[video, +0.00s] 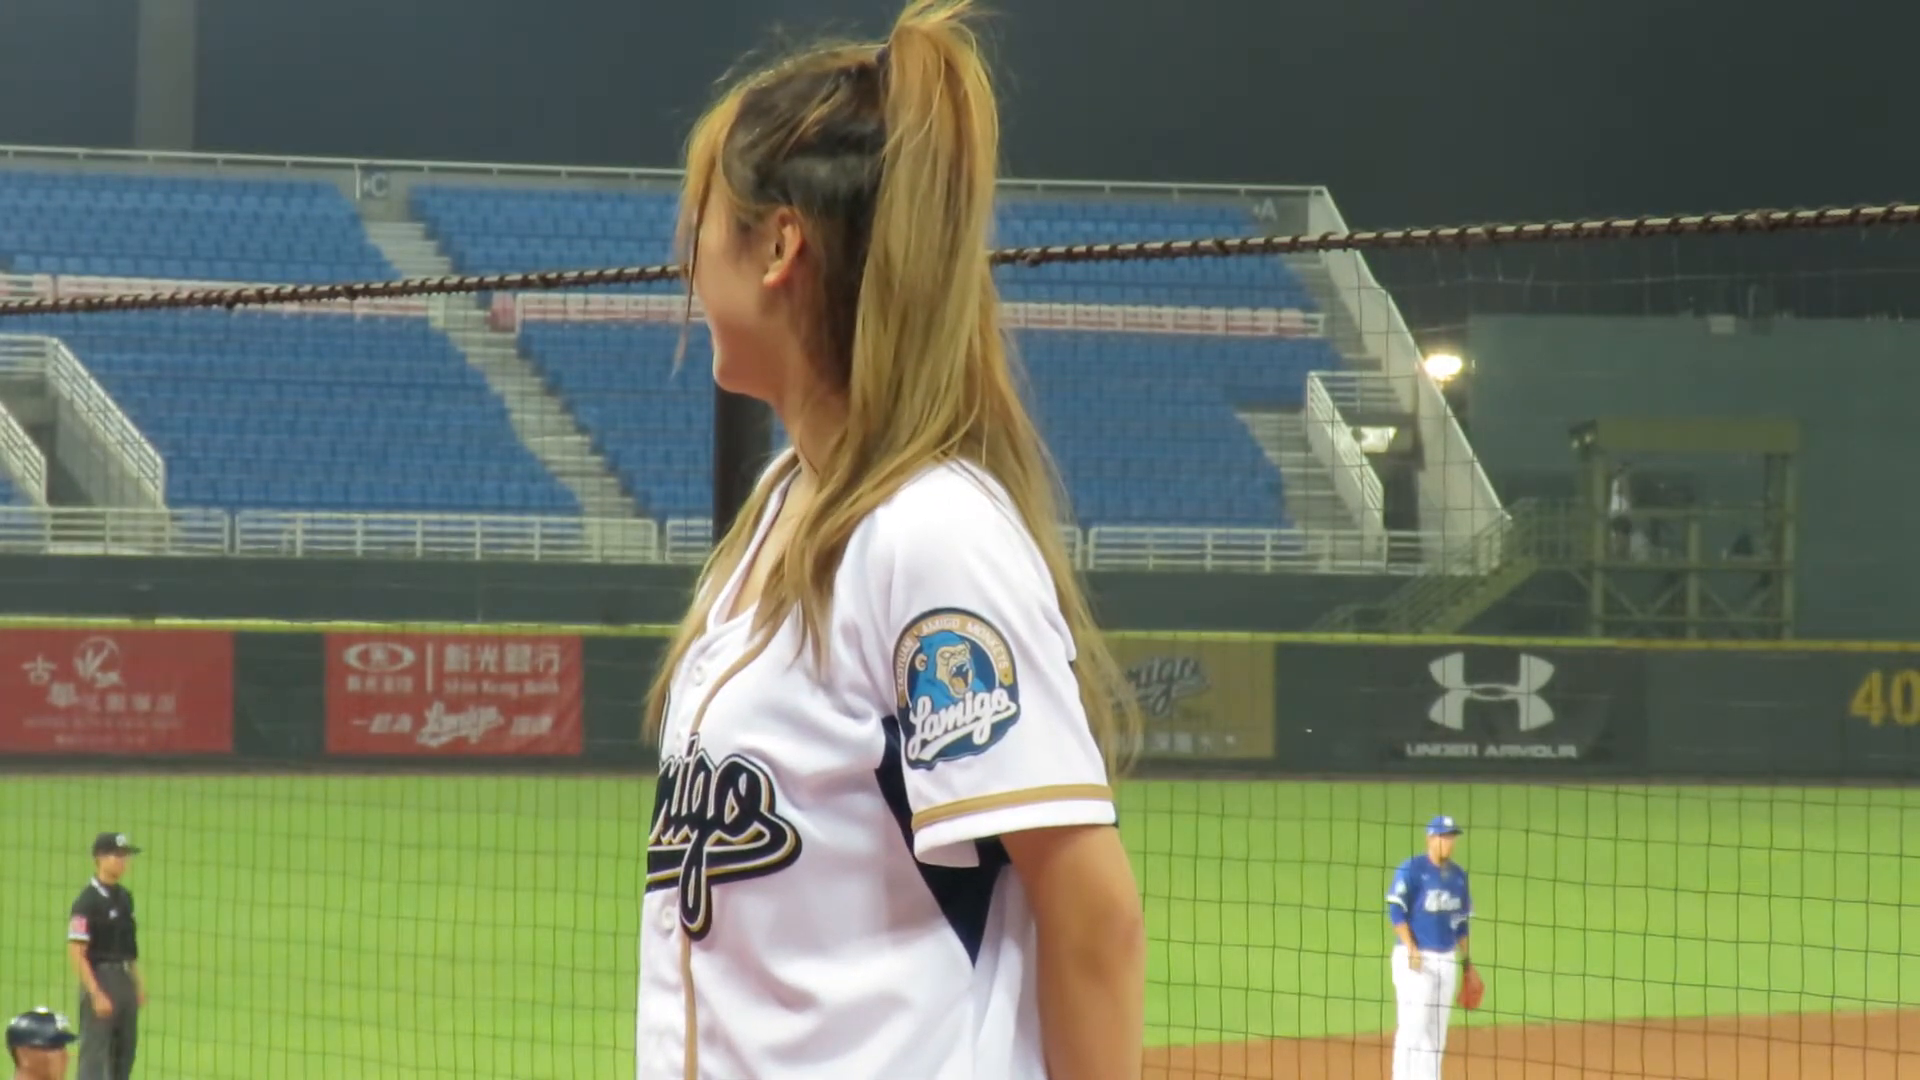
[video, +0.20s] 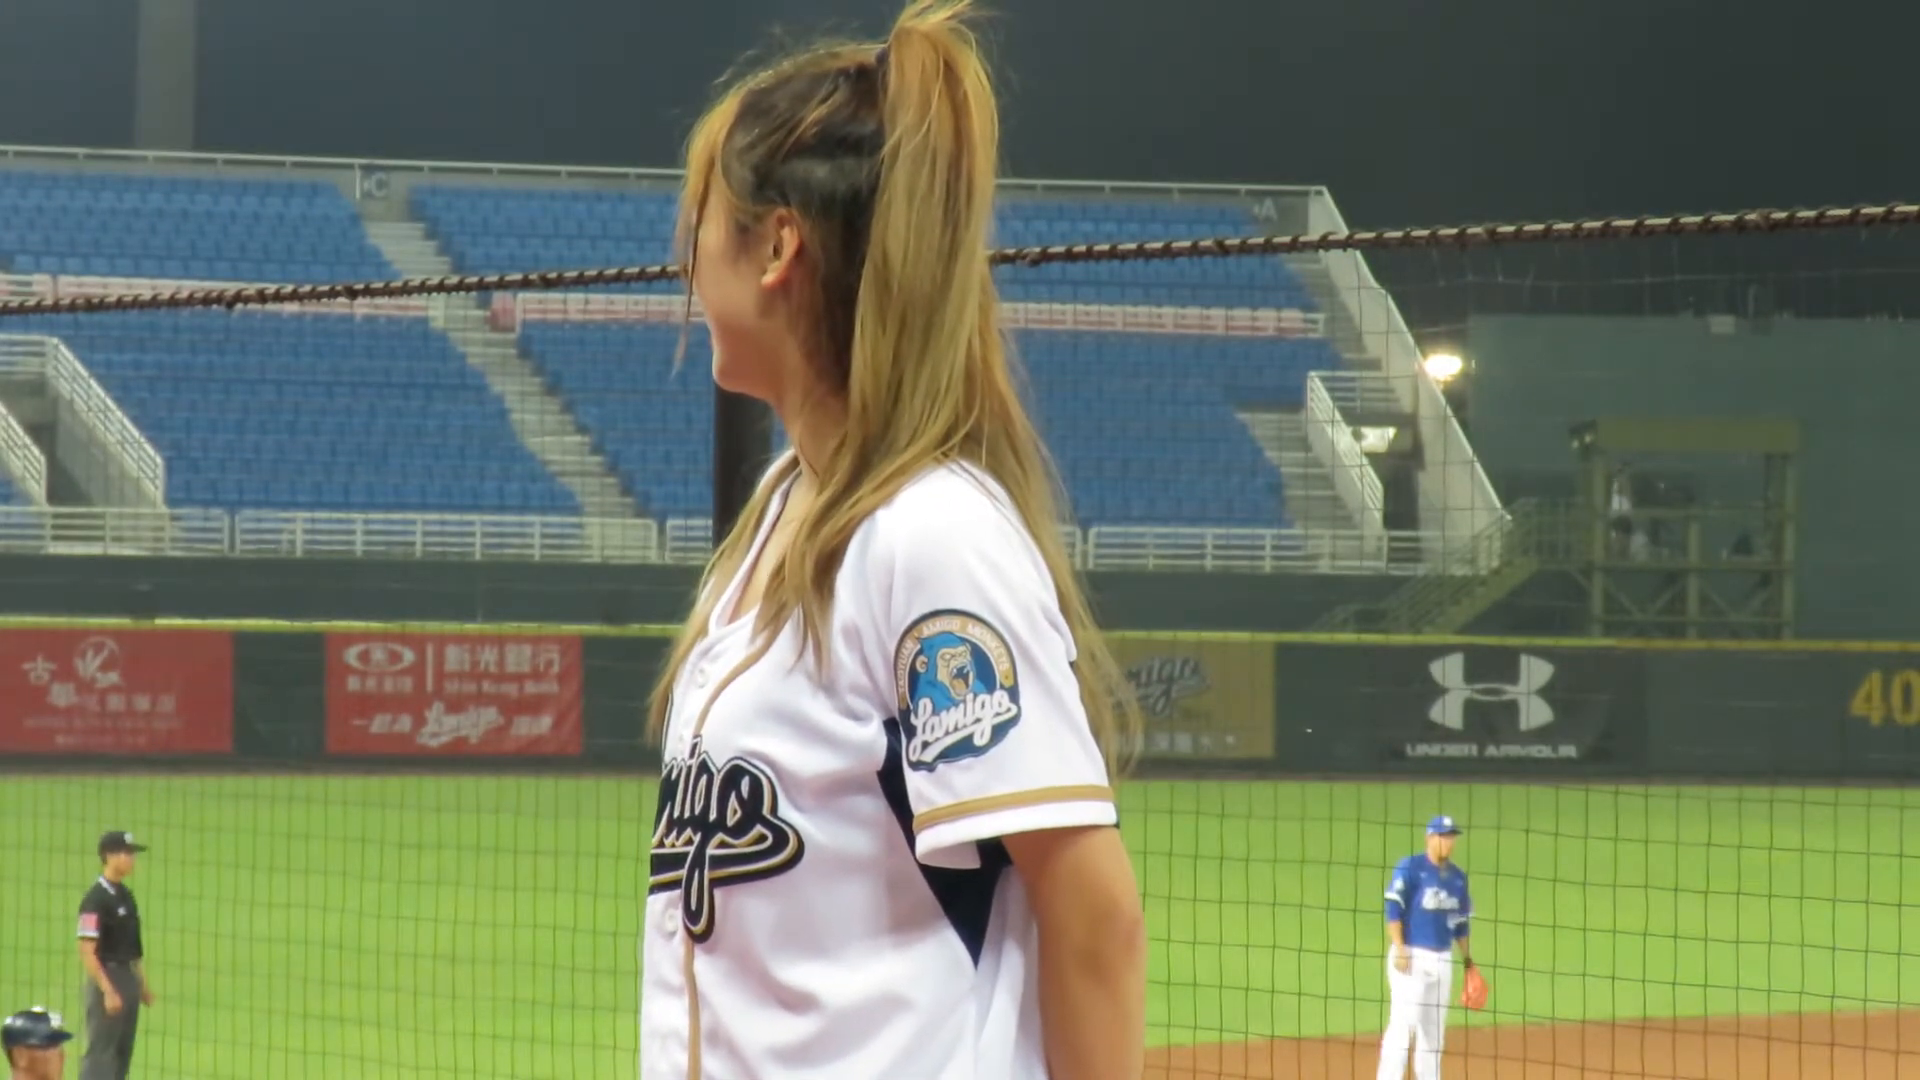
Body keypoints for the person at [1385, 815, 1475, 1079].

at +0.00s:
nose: (1448, 842)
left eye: (1451, 837)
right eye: (1442, 837)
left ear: (1454, 840)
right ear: (1430, 839)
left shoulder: (1458, 875)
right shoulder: (1412, 869)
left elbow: (1461, 924)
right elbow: (1395, 908)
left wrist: (1467, 965)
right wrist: (1411, 947)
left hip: (1447, 960)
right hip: (1415, 957)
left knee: (1436, 1032)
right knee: (1414, 1028)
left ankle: (1429, 1076)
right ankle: (1405, 1076)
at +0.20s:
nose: (1448, 842)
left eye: (1451, 837)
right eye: (1442, 836)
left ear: (1454, 840)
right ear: (1429, 838)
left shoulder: (1458, 877)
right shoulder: (1409, 867)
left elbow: (1461, 925)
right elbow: (1393, 907)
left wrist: (1468, 962)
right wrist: (1400, 947)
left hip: (1442, 960)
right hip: (1411, 956)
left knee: (1433, 1031)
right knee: (1403, 1026)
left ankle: (1429, 1076)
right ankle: (1390, 1075)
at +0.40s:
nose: (1438, 841)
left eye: (1440, 836)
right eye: (1432, 836)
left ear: (1443, 839)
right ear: (1419, 838)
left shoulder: (1448, 874)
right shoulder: (1400, 867)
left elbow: (1452, 922)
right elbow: (1388, 910)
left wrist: (1461, 959)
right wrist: (1388, 951)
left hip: (1436, 959)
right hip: (1406, 956)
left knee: (1430, 1032)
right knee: (1395, 1023)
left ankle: (1428, 1077)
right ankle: (1368, 1075)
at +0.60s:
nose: (1422, 840)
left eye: (1423, 835)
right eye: (1416, 835)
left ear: (1426, 838)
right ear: (1403, 838)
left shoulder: (1434, 873)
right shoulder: (1385, 869)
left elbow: (1439, 919)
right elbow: (1373, 910)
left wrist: (1444, 957)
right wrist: (1382, 951)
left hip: (1428, 959)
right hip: (1395, 956)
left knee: (1428, 1034)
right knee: (1382, 1030)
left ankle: (1427, 1077)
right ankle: (1365, 1076)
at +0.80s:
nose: (1403, 840)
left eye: (1405, 835)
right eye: (1396, 835)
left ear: (1410, 838)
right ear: (1383, 839)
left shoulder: (1418, 872)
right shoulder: (1368, 871)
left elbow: (1426, 921)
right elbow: (1360, 917)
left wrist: (1434, 959)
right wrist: (1367, 955)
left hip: (1418, 960)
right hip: (1383, 959)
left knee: (1424, 1035)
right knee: (1372, 1033)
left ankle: (1425, 1078)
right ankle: (1364, 1076)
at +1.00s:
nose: (1386, 843)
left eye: (1389, 837)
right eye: (1380, 838)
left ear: (1394, 839)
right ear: (1369, 841)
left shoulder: (1405, 871)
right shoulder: (1357, 874)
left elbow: (1415, 920)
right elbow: (1348, 920)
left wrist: (1427, 956)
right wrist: (1348, 958)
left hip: (1403, 960)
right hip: (1370, 959)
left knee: (1417, 1031)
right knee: (1366, 1033)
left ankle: (1424, 1076)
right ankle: (1361, 1076)